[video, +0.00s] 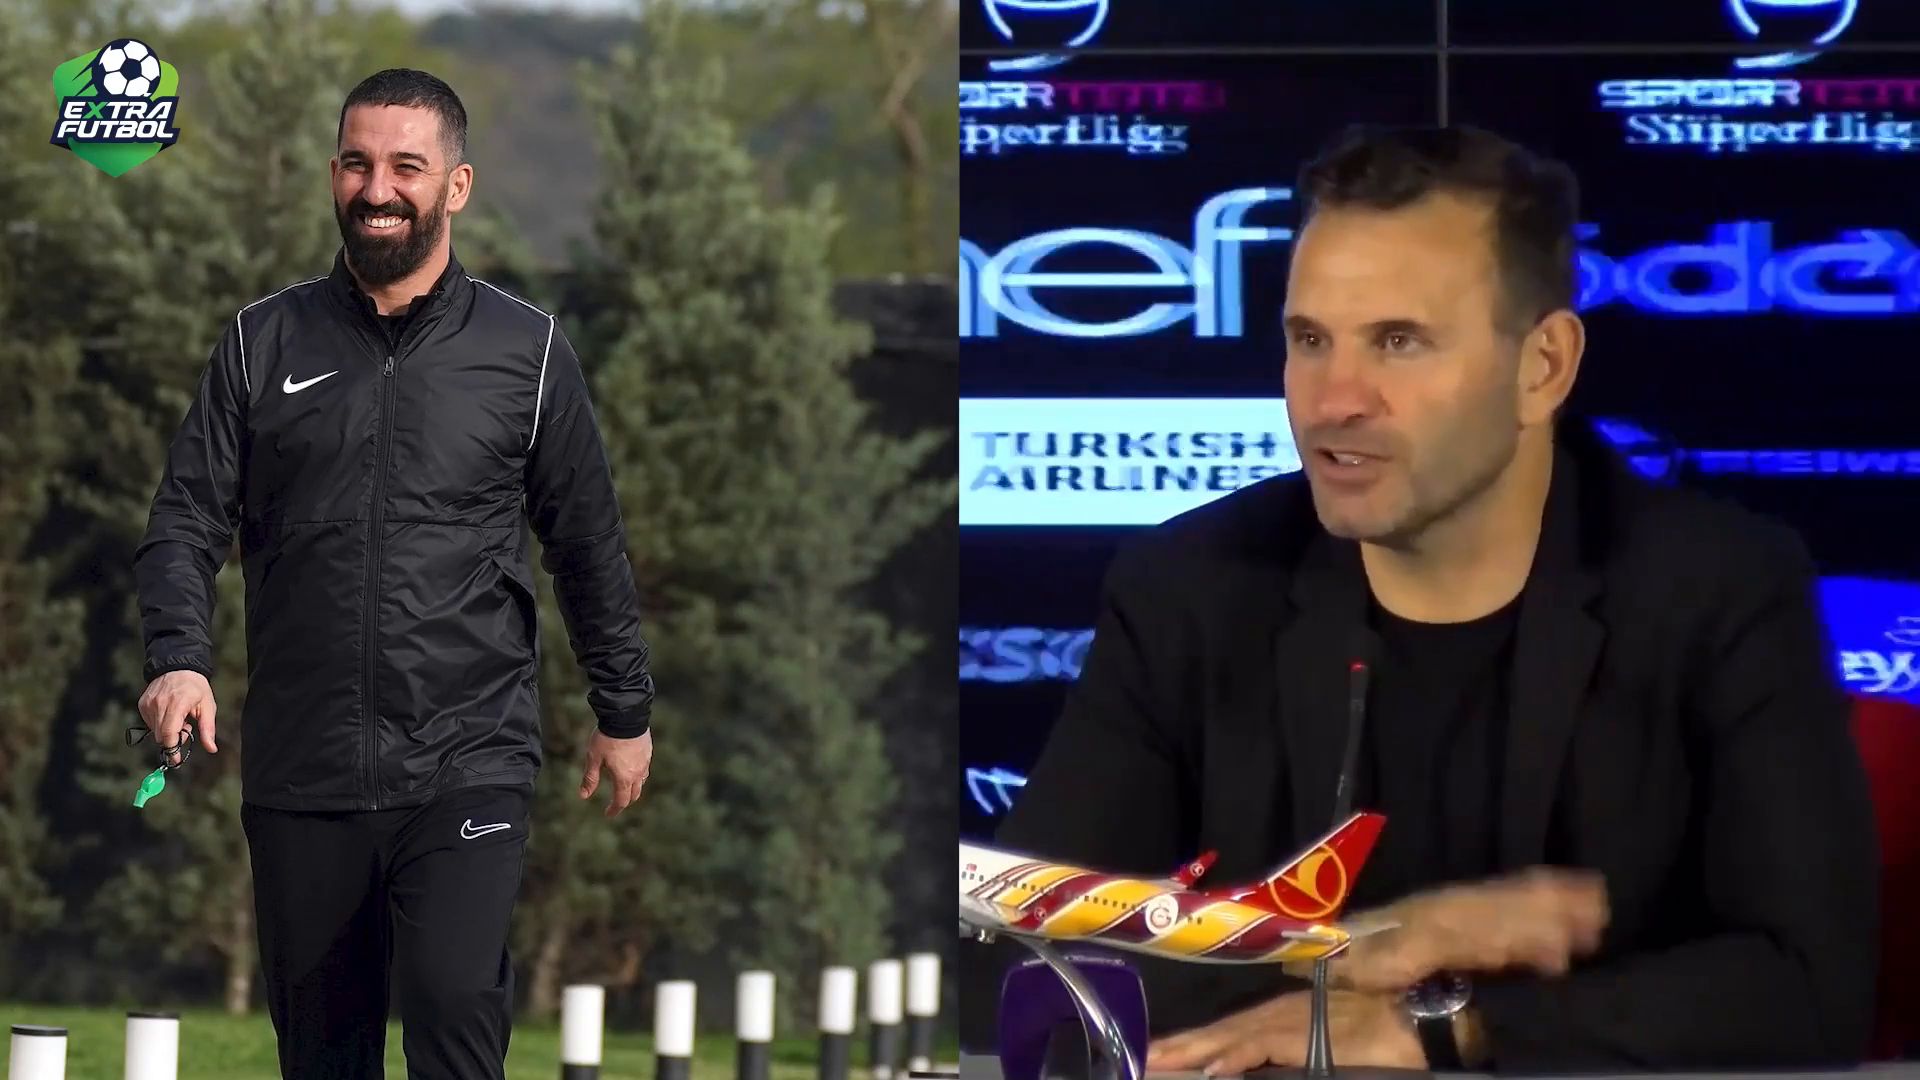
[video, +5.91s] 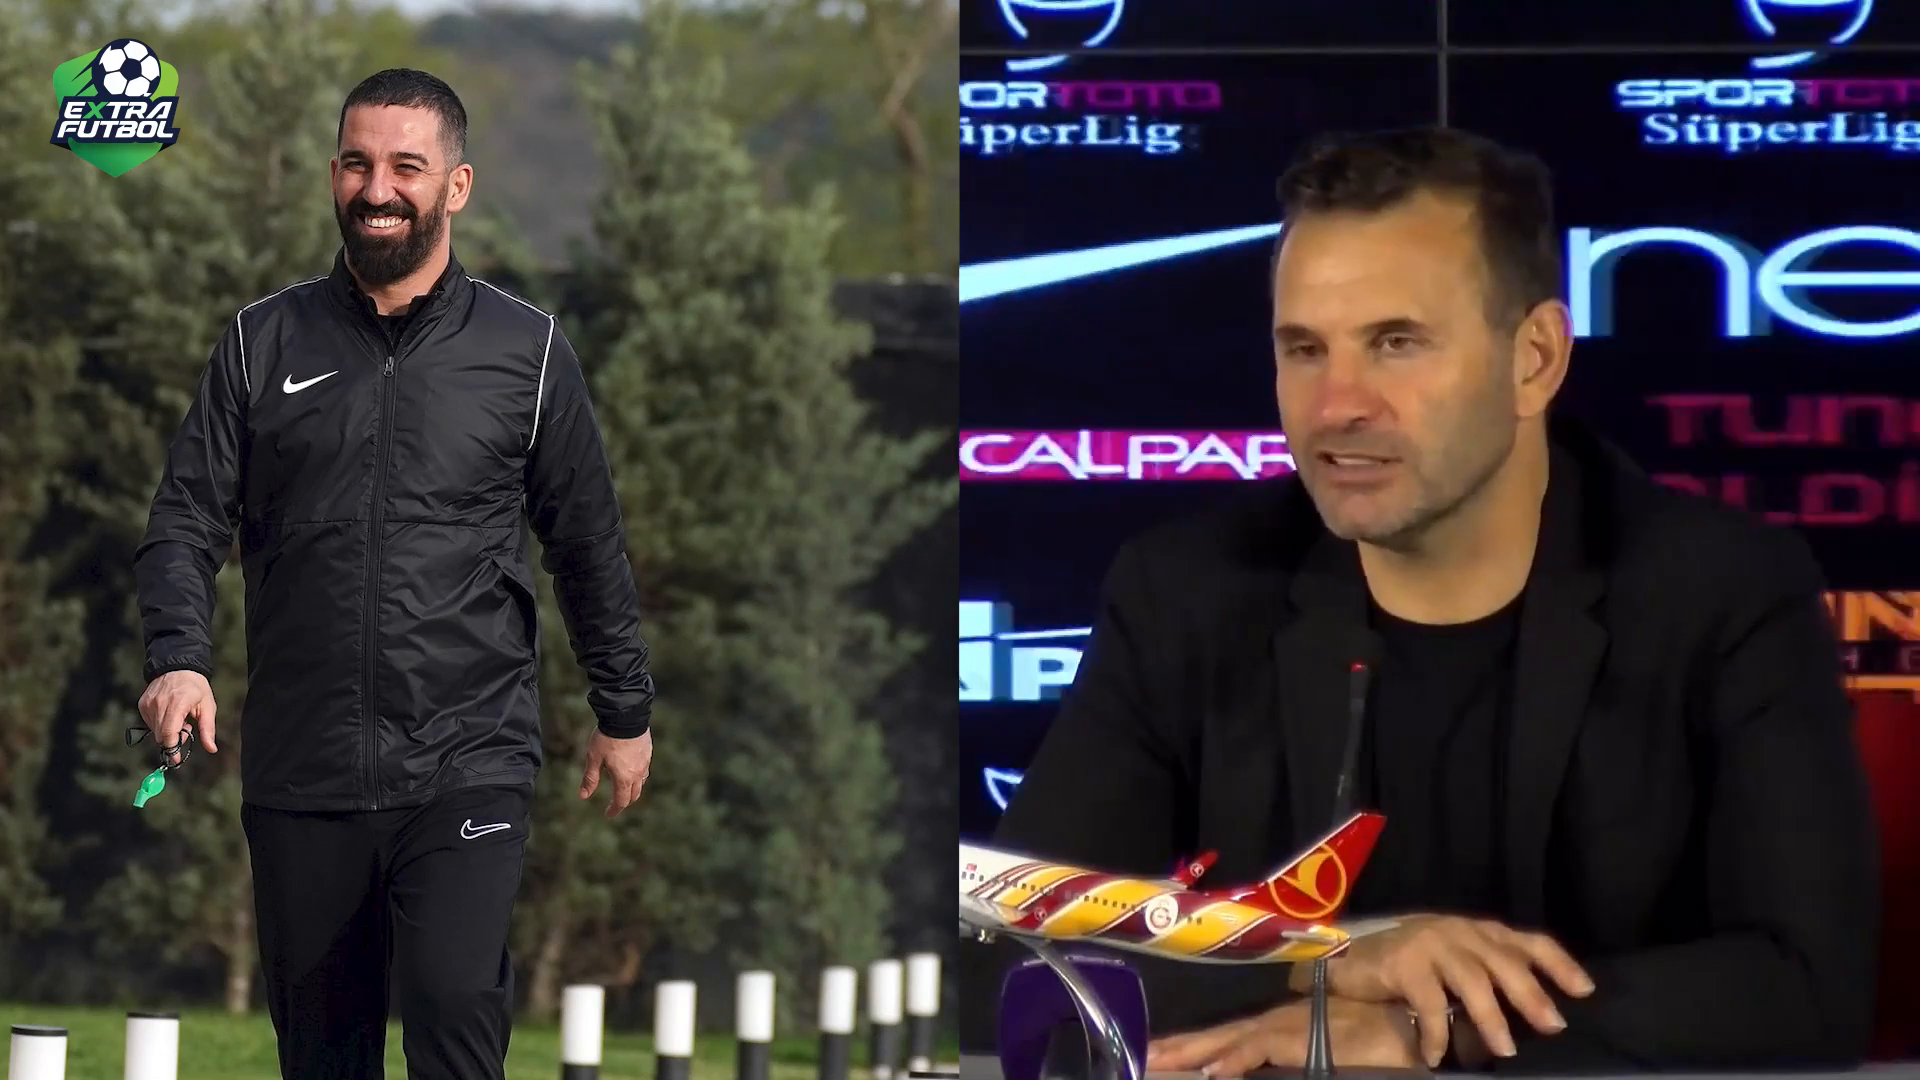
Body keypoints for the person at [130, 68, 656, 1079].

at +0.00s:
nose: (376, 187)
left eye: (405, 164)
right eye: (356, 162)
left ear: (458, 185)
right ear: (334, 176)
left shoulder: (529, 349)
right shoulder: (259, 343)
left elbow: (588, 541)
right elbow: (187, 513)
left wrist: (623, 709)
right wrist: (178, 658)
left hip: (472, 752)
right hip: (302, 755)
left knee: (455, 1018)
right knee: (320, 1042)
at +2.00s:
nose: (375, 187)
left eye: (405, 164)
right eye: (356, 162)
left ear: (458, 185)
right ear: (334, 177)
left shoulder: (530, 350)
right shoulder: (259, 342)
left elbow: (588, 541)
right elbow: (187, 513)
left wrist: (623, 708)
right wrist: (177, 658)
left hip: (472, 752)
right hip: (301, 755)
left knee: (455, 1018)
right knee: (320, 1043)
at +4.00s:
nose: (376, 187)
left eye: (405, 164)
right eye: (356, 162)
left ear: (458, 185)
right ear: (334, 177)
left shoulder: (530, 350)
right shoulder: (259, 342)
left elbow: (589, 541)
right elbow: (186, 513)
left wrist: (623, 708)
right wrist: (178, 658)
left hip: (471, 752)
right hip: (301, 755)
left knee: (455, 1020)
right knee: (320, 1043)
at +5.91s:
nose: (376, 187)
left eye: (405, 164)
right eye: (356, 162)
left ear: (458, 185)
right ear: (334, 177)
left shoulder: (530, 350)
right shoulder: (259, 342)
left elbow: (589, 541)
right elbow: (187, 513)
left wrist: (623, 708)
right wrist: (178, 658)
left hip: (471, 753)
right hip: (301, 755)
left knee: (455, 1018)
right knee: (320, 1043)